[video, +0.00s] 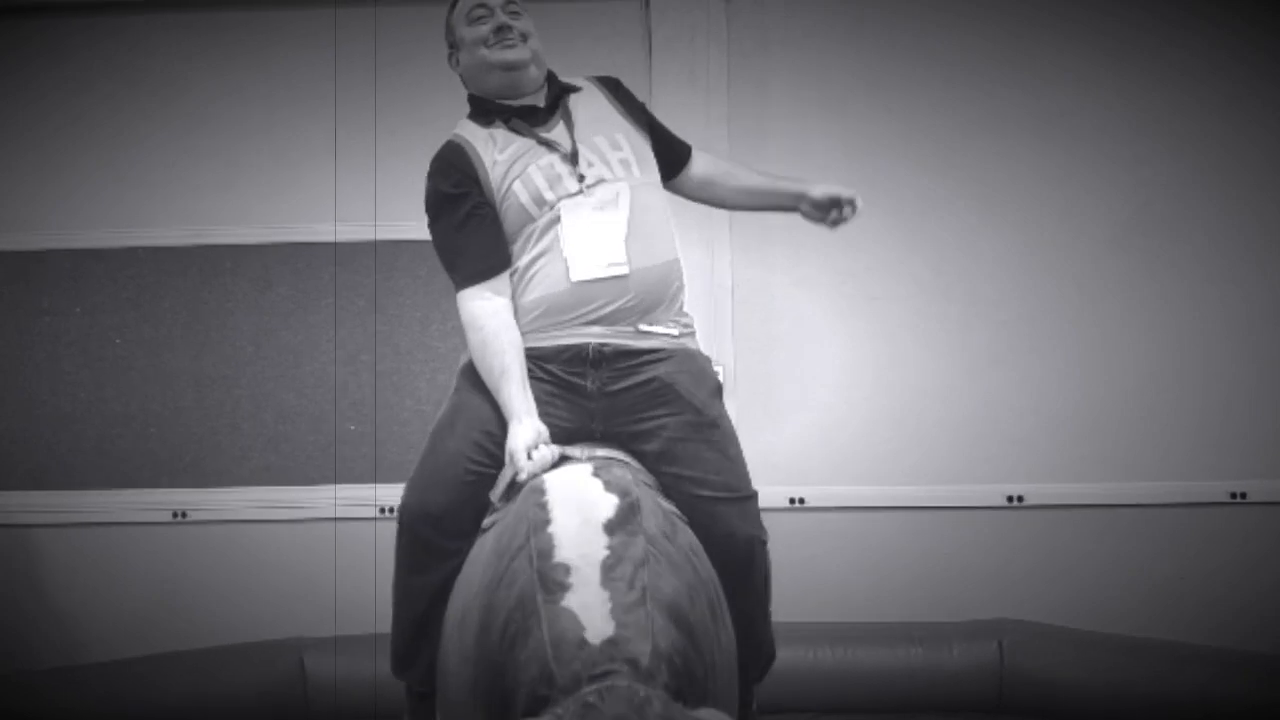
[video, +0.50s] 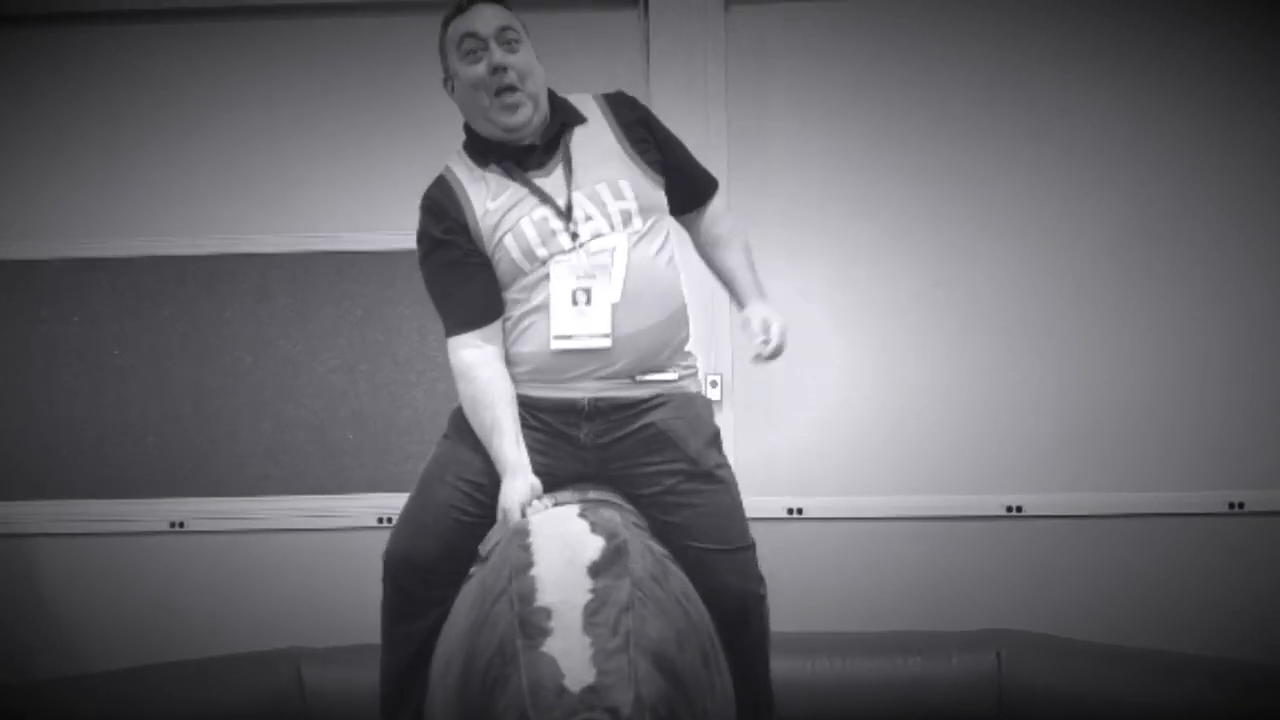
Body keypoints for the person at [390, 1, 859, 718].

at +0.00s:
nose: (503, 20)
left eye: (511, 11)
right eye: (479, 19)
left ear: (535, 32)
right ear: (458, 65)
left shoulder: (606, 99)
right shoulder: (463, 161)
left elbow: (690, 170)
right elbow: (484, 303)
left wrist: (800, 196)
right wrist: (521, 415)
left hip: (659, 362)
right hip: (528, 372)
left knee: (736, 535)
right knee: (429, 513)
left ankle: (739, 695)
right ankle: (424, 695)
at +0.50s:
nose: (498, 62)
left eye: (509, 42)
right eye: (472, 53)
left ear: (539, 58)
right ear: (451, 90)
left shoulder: (619, 120)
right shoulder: (452, 199)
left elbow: (704, 210)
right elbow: (474, 349)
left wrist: (752, 298)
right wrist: (514, 467)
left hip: (656, 413)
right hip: (516, 422)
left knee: (736, 589)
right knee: (415, 563)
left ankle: (750, 715)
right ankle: (408, 713)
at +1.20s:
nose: (513, 133)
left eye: (526, 111)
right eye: (490, 120)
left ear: (552, 118)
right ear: (469, 140)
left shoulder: (622, 181)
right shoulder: (454, 235)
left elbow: (704, 281)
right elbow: (468, 375)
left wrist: (675, 393)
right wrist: (514, 475)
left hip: (647, 437)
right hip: (518, 444)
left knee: (734, 592)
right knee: (412, 564)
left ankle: (748, 716)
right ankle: (405, 713)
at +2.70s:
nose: (545, 112)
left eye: (552, 100)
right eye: (525, 103)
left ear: (566, 116)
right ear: (496, 129)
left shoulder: (609, 178)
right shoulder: (472, 202)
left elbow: (666, 257)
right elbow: (468, 308)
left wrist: (630, 331)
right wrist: (502, 384)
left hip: (615, 363)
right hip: (508, 372)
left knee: (688, 480)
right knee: (432, 469)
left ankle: (716, 665)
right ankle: (420, 664)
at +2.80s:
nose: (536, 92)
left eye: (541, 80)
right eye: (515, 84)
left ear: (556, 94)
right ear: (485, 113)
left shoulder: (607, 158)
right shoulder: (468, 189)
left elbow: (686, 213)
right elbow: (470, 296)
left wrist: (700, 262)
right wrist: (503, 376)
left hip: (618, 352)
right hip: (510, 361)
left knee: (693, 481)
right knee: (433, 464)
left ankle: (719, 659)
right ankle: (418, 660)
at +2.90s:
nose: (535, 77)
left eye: (540, 64)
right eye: (513, 68)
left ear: (554, 81)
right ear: (480, 98)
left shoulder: (609, 144)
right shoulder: (468, 181)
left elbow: (693, 186)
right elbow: (474, 292)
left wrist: (744, 188)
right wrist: (510, 375)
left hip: (625, 345)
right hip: (519, 353)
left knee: (699, 479)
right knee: (436, 460)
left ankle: (722, 664)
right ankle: (419, 653)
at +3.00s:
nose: (533, 64)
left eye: (534, 51)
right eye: (509, 56)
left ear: (547, 65)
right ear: (474, 87)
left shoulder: (605, 132)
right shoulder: (466, 172)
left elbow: (699, 155)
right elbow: (474, 284)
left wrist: (765, 111)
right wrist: (508, 371)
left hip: (626, 339)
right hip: (519, 346)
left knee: (700, 476)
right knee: (434, 456)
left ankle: (725, 663)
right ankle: (418, 652)